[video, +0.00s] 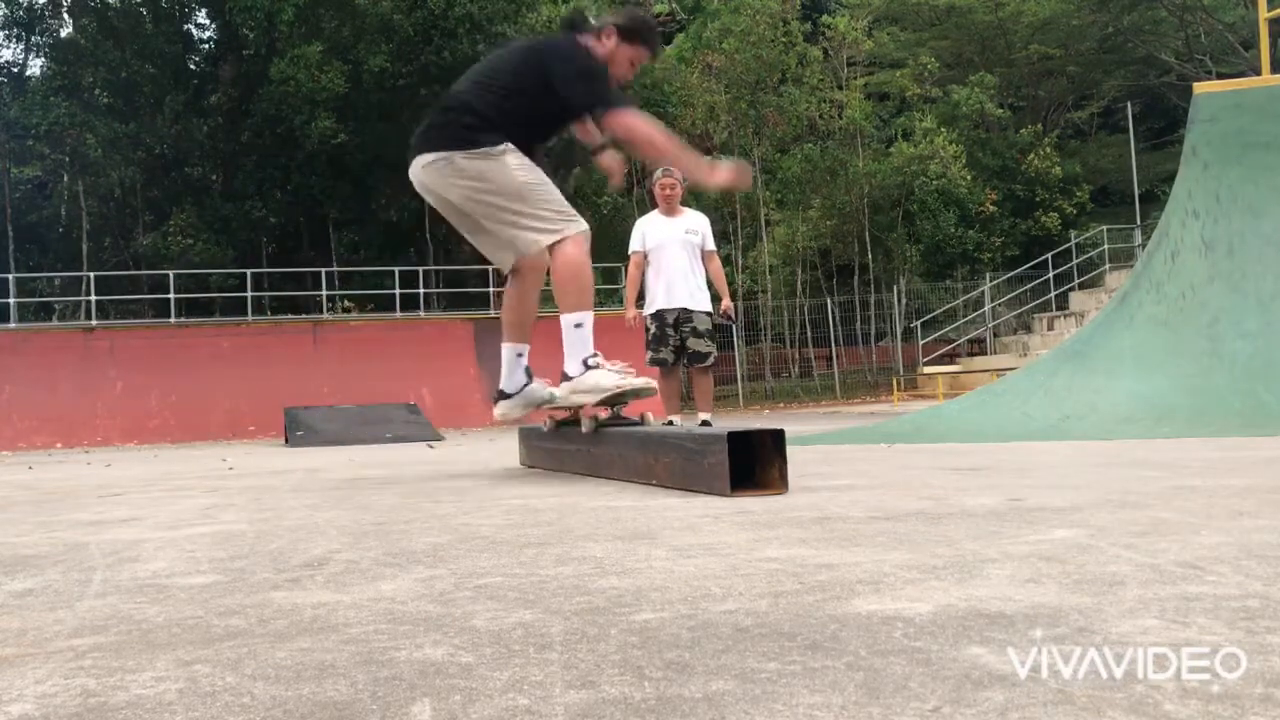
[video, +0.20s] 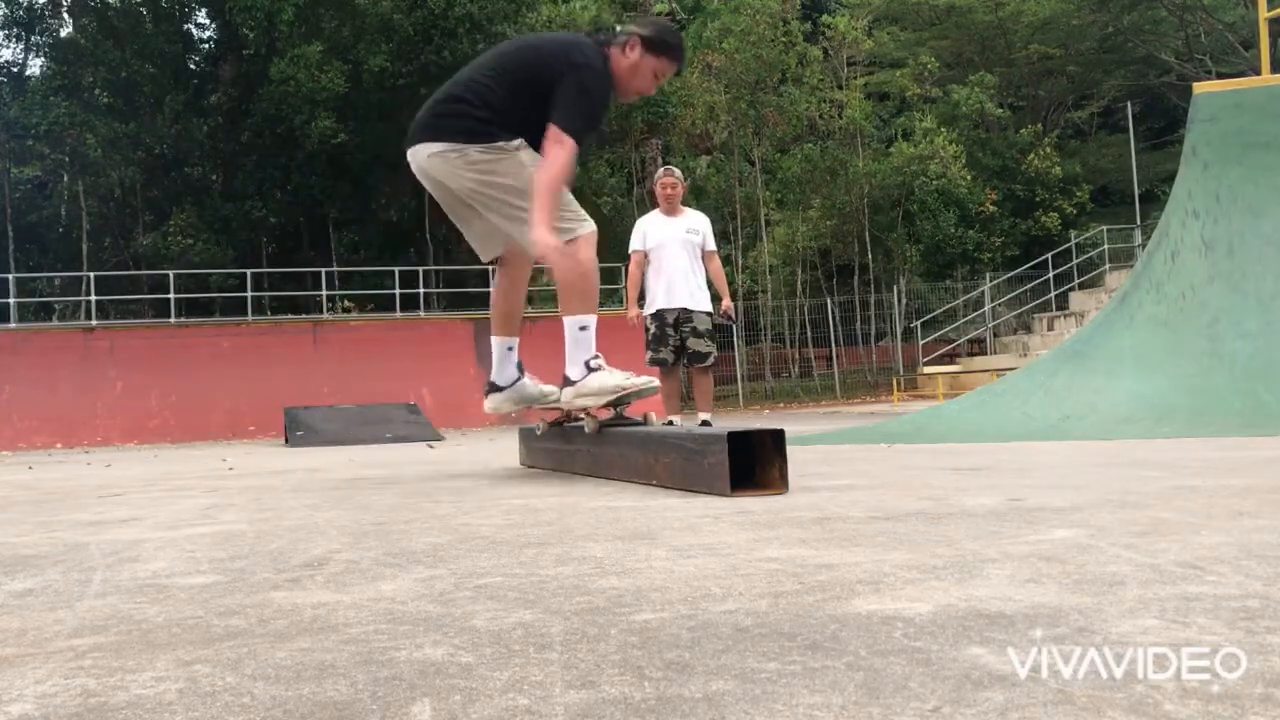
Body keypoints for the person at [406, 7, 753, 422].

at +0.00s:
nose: (630, 76)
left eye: (637, 69)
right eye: (632, 62)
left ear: (601, 37)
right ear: (608, 38)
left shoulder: (558, 56)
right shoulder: (578, 58)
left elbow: (577, 117)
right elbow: (626, 124)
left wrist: (602, 153)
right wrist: (703, 169)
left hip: (432, 160)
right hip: (468, 151)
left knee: (529, 260)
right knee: (569, 234)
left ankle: (514, 387)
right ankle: (581, 367)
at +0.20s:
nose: (652, 90)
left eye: (660, 83)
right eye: (655, 76)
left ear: (629, 49)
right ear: (632, 49)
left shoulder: (574, 56)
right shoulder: (589, 67)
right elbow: (558, 147)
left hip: (432, 145)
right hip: (470, 143)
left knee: (515, 252)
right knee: (578, 234)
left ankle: (506, 382)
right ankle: (583, 372)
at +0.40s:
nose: (621, 33)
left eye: (629, 26)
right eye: (623, 19)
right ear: (596, 2)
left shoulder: (527, 10)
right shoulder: (554, 32)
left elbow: (444, 9)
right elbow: (486, 86)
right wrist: (425, 146)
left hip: (425, 149)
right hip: (475, 150)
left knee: (505, 258)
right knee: (566, 244)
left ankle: (503, 393)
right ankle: (590, 380)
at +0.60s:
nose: (547, 10)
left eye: (551, 6)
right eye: (549, 3)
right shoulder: (496, 6)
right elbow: (485, 76)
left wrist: (264, 2)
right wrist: (495, 165)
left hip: (402, 138)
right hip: (370, 139)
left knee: (464, 247)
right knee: (433, 263)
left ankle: (461, 391)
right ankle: (420, 423)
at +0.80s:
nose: (480, 14)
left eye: (484, 8)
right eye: (480, 4)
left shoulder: (363, 11)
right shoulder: (410, 22)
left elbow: (297, 71)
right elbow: (425, 119)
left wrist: (246, 145)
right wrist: (498, 202)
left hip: (289, 179)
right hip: (331, 182)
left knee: (351, 314)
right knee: (386, 312)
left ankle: (267, 432)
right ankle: (374, 458)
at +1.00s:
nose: (403, 2)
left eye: (403, 1)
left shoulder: (329, 17)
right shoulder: (334, 8)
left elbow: (299, 108)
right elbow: (294, 83)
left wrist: (347, 172)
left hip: (222, 165)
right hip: (261, 169)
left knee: (207, 306)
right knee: (309, 308)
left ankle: (178, 467)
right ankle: (354, 453)